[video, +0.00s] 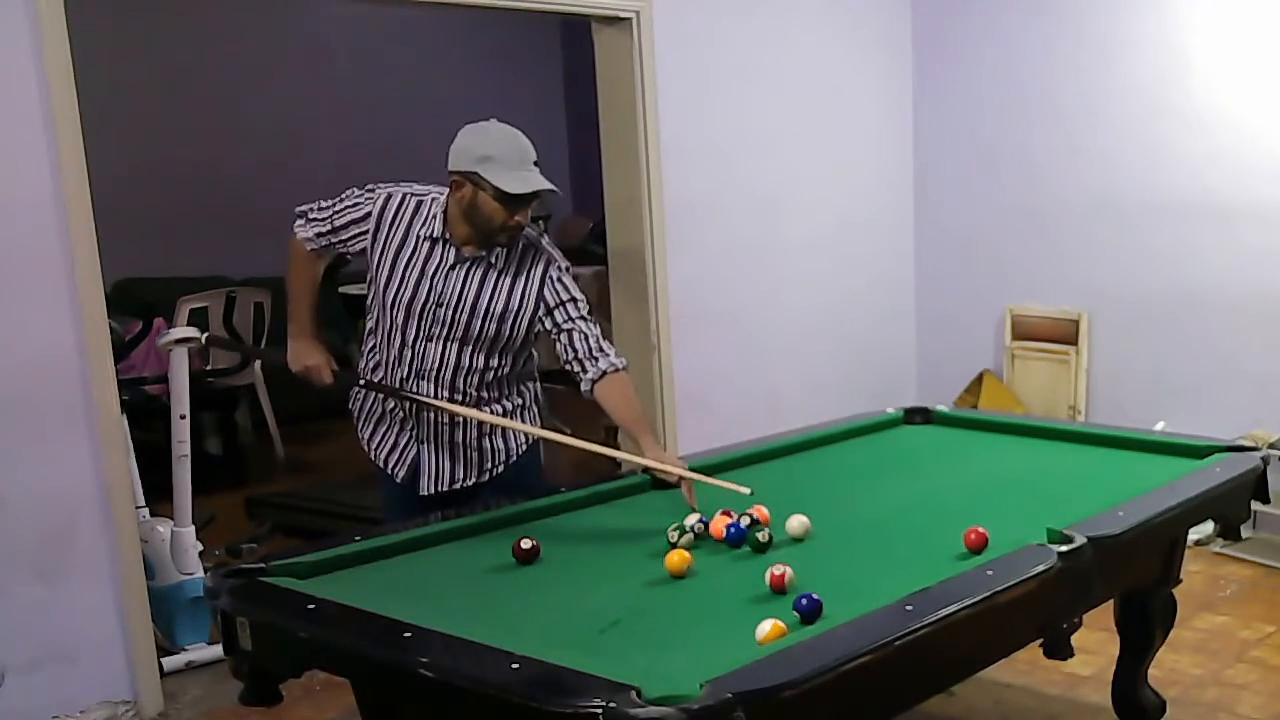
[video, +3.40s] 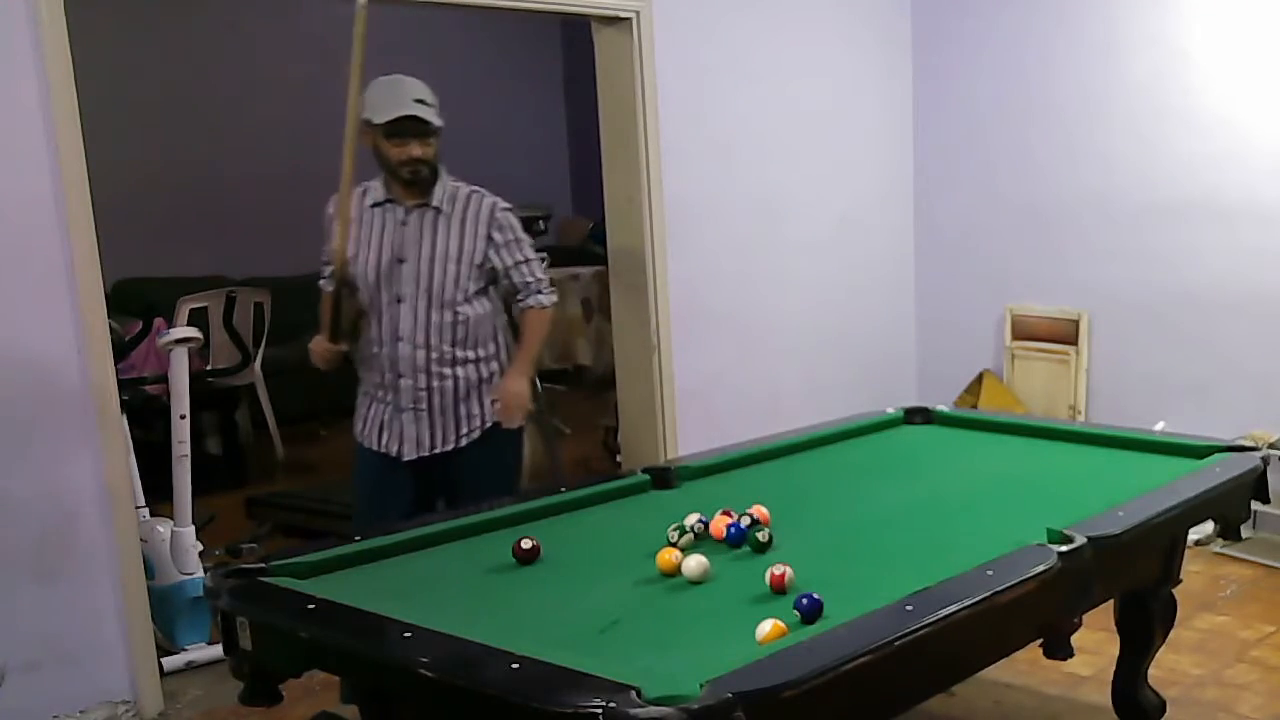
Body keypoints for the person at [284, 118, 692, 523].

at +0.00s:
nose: (523, 216)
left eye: (530, 201)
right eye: (510, 200)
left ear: (535, 195)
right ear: (462, 187)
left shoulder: (541, 266)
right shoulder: (388, 211)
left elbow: (593, 358)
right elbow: (310, 232)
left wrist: (647, 440)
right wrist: (301, 335)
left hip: (499, 442)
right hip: (404, 439)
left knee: (526, 579)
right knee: (418, 592)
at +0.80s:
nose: (549, 235)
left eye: (555, 221)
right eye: (537, 219)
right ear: (492, 200)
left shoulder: (563, 280)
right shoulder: (413, 211)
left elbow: (619, 376)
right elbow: (323, 243)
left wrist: (672, 457)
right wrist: (379, 339)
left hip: (507, 446)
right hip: (408, 437)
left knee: (523, 584)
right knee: (413, 590)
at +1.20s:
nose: (555, 202)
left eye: (562, 189)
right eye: (544, 185)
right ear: (502, 167)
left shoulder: (566, 254)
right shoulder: (410, 206)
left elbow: (608, 339)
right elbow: (329, 269)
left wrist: (620, 413)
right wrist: (363, 320)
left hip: (514, 449)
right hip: (411, 442)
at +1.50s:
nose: (500, 164)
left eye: (506, 150)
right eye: (485, 147)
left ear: (511, 150)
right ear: (443, 139)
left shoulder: (524, 229)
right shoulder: (368, 207)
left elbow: (547, 311)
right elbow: (310, 287)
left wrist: (548, 385)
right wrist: (350, 336)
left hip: (499, 436)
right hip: (402, 435)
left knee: (509, 573)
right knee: (408, 580)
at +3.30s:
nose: (439, 151)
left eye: (449, 137)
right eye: (423, 139)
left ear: (463, 139)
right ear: (397, 139)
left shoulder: (507, 214)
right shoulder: (369, 209)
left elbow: (556, 299)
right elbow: (349, 276)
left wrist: (539, 373)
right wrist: (343, 328)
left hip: (491, 422)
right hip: (401, 422)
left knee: (490, 558)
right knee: (398, 561)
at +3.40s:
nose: (414, 151)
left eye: (424, 137)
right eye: (398, 139)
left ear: (438, 139)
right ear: (372, 140)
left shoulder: (485, 213)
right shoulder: (347, 212)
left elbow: (537, 296)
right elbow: (334, 289)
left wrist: (520, 374)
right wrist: (330, 337)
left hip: (477, 425)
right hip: (386, 428)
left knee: (483, 565)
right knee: (385, 569)